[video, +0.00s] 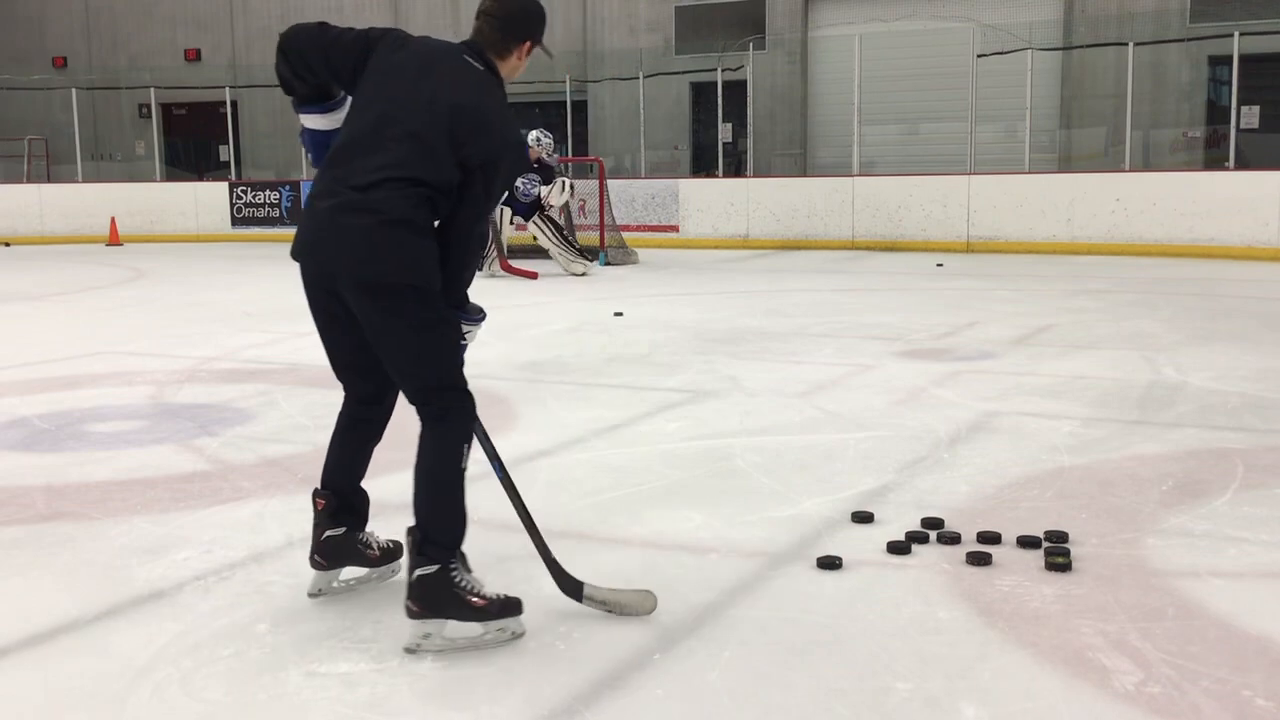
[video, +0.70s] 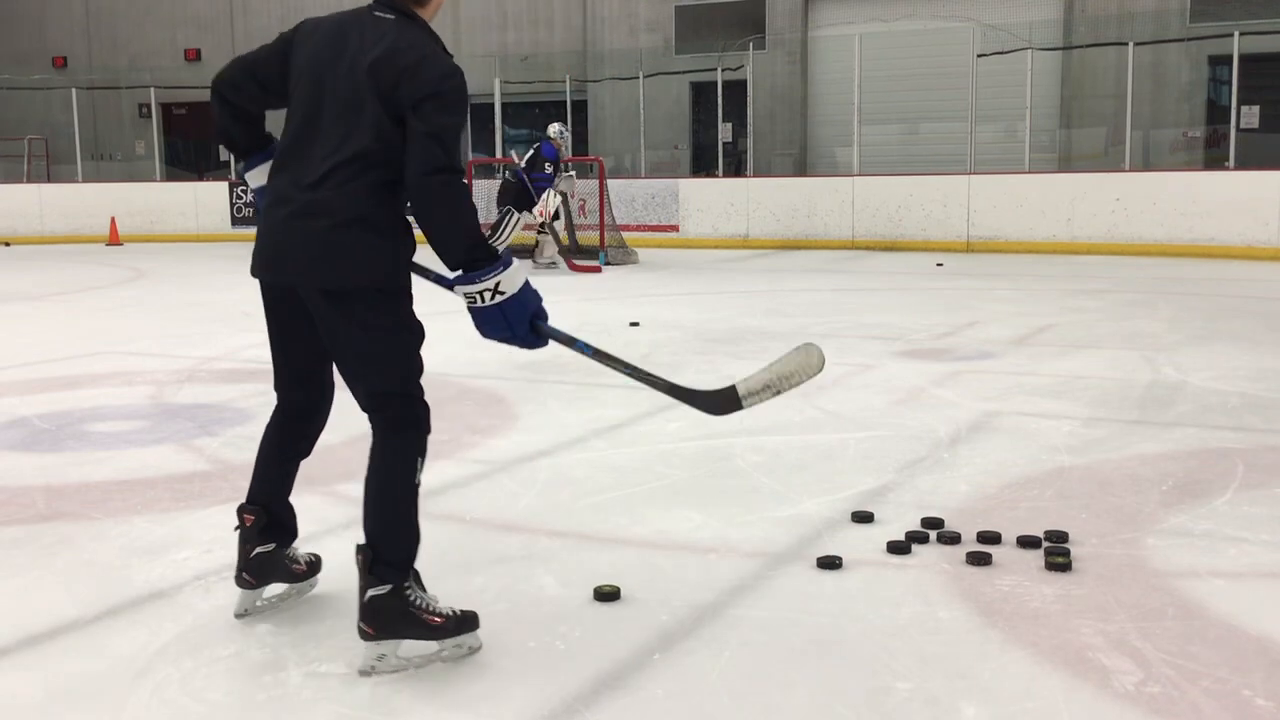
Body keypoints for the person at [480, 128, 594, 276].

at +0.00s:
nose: (544, 154)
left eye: (545, 151)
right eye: (543, 150)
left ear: (542, 149)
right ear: (534, 146)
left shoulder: (545, 168)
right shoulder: (513, 159)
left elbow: (551, 193)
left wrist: (561, 187)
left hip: (532, 208)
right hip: (507, 205)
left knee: (554, 234)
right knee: (498, 234)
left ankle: (579, 263)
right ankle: (488, 265)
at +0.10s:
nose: (542, 148)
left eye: (544, 144)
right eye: (540, 143)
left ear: (540, 145)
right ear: (530, 142)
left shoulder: (542, 163)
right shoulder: (512, 157)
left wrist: (553, 185)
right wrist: (491, 197)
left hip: (529, 203)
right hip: (506, 201)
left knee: (546, 229)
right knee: (500, 232)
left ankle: (561, 262)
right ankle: (488, 264)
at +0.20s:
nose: (540, 143)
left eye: (541, 140)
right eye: (538, 140)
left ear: (533, 139)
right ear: (529, 138)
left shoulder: (537, 157)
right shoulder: (509, 151)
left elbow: (537, 183)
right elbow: (495, 173)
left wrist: (551, 183)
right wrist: (492, 194)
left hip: (529, 199)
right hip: (509, 198)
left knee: (540, 228)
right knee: (502, 234)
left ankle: (543, 260)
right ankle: (487, 263)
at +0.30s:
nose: (538, 142)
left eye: (539, 138)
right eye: (536, 138)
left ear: (537, 138)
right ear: (527, 137)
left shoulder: (533, 155)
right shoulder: (511, 152)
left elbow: (533, 181)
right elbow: (497, 183)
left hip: (528, 198)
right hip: (510, 197)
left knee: (534, 229)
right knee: (507, 233)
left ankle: (528, 261)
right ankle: (485, 262)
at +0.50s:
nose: (545, 144)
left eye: (546, 141)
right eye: (543, 140)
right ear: (536, 139)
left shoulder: (534, 155)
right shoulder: (525, 154)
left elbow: (533, 179)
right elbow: (518, 183)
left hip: (511, 193)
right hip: (496, 192)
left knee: (539, 217)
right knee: (504, 227)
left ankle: (526, 259)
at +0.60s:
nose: (554, 147)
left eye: (555, 143)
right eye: (553, 143)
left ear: (542, 140)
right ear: (547, 141)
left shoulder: (533, 152)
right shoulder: (537, 155)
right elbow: (532, 184)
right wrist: (537, 207)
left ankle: (533, 257)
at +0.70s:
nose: (565, 143)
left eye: (565, 139)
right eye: (563, 139)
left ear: (552, 136)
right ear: (557, 138)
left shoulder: (546, 148)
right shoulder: (548, 151)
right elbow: (541, 181)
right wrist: (547, 204)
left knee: (553, 217)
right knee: (501, 236)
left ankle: (544, 257)